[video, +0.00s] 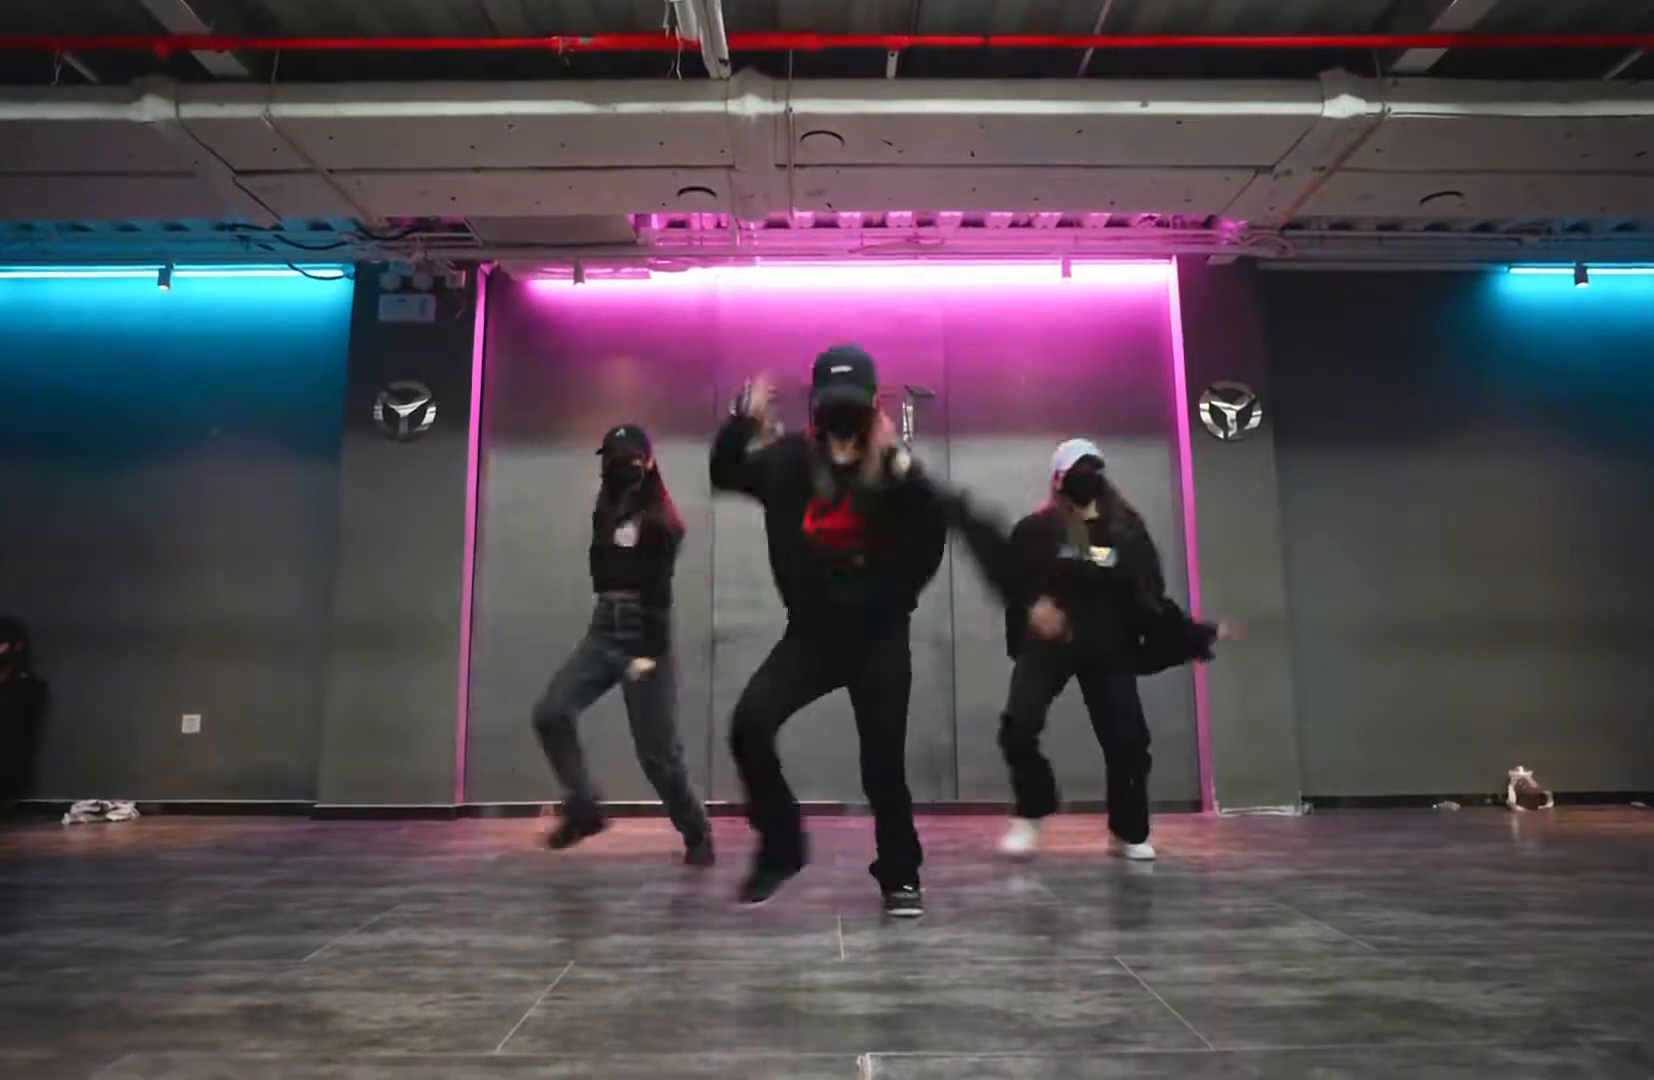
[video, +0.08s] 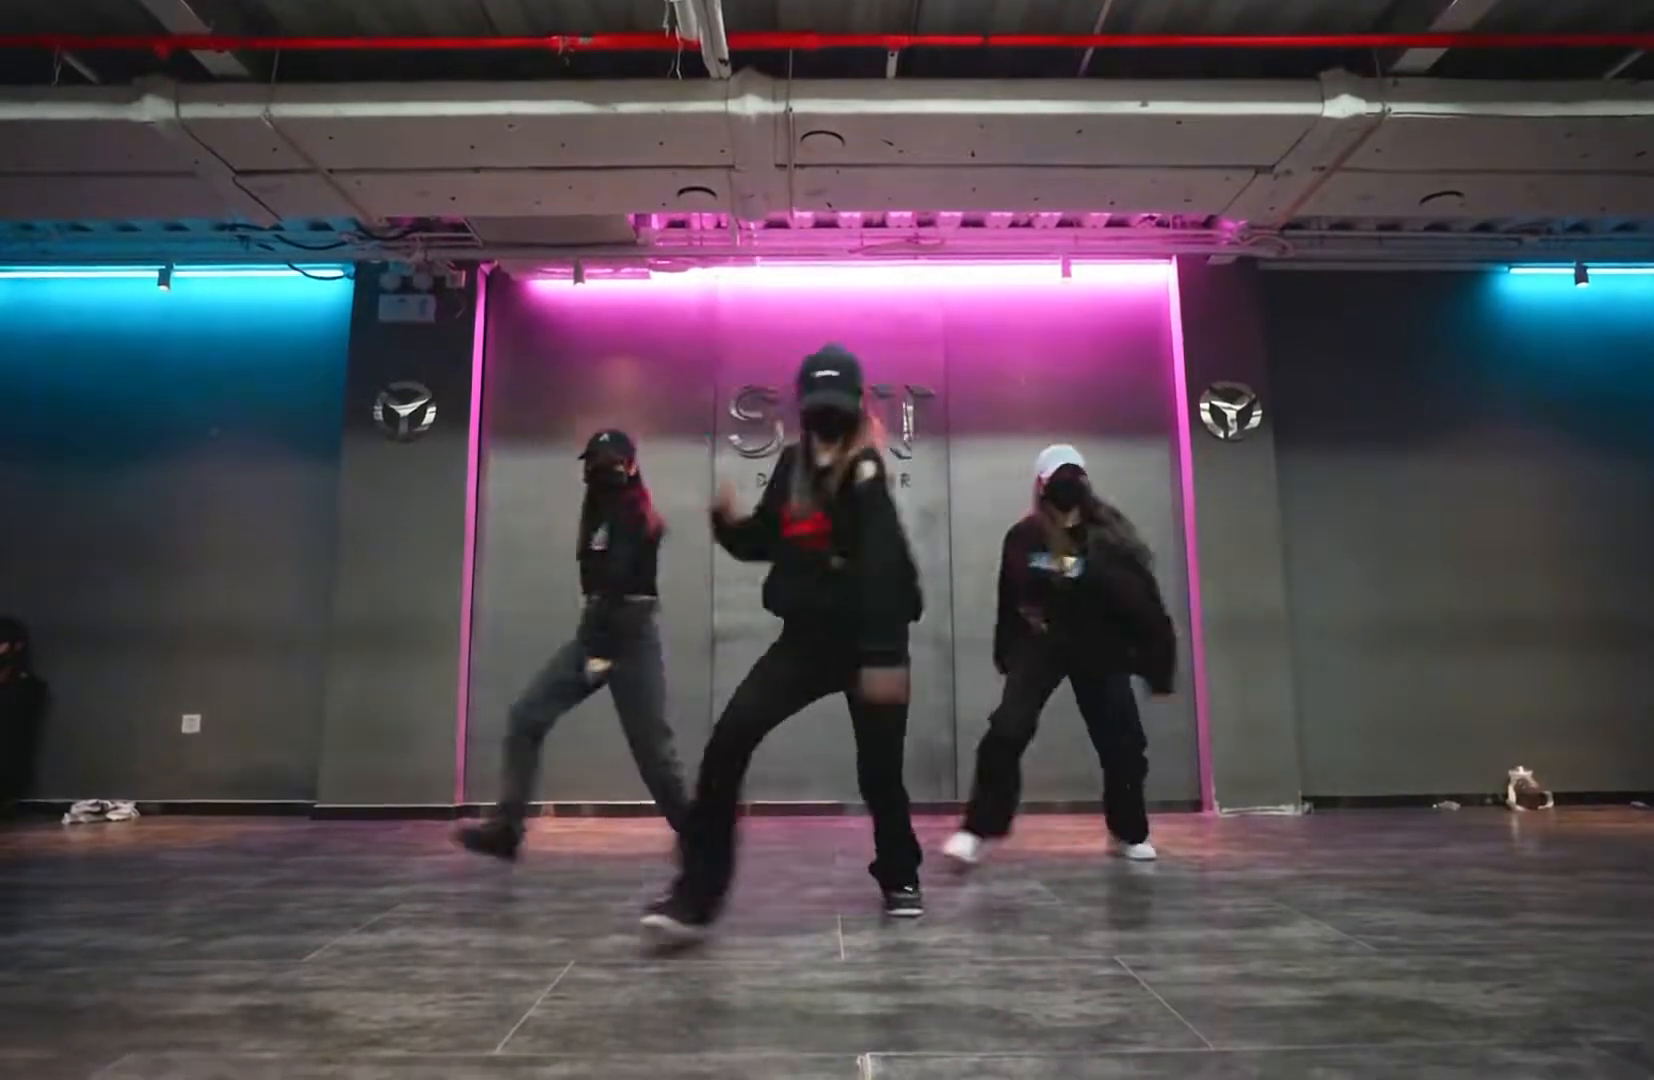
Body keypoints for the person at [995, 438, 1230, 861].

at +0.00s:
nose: (1091, 481)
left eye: (1096, 473)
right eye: (1080, 474)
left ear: (1103, 476)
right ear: (1060, 479)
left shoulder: (1124, 527)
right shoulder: (1035, 530)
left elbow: (1148, 600)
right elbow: (1015, 582)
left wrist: (1196, 632)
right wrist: (1034, 607)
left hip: (1106, 649)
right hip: (1047, 648)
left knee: (1128, 741)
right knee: (1017, 729)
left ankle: (1130, 834)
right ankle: (1031, 813)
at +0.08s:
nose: (1069, 514)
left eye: (1075, 503)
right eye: (1059, 504)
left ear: (1086, 495)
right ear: (1042, 496)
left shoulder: (1112, 537)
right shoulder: (1024, 539)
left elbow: (1145, 603)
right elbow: (1009, 602)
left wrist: (1159, 670)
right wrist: (1007, 653)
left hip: (1099, 652)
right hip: (1040, 650)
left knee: (1125, 745)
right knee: (1007, 731)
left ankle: (1128, 832)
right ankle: (977, 828)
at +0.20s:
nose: (1050, 498)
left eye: (1057, 489)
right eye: (1041, 490)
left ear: (1067, 496)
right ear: (1022, 496)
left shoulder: (1087, 548)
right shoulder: (998, 549)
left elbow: (1117, 602)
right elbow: (974, 607)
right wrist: (951, 659)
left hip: (1081, 657)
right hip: (1022, 659)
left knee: (1117, 745)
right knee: (992, 743)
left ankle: (1133, 832)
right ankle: (951, 844)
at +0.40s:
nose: (1061, 493)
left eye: (1067, 484)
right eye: (1051, 485)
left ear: (1074, 489)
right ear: (1028, 492)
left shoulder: (1077, 541)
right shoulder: (1004, 551)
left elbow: (1090, 604)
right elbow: (958, 614)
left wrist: (1117, 631)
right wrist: (909, 660)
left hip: (1070, 658)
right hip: (1012, 667)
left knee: (1143, 720)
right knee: (997, 754)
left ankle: (1150, 831)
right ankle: (950, 842)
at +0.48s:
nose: (1069, 487)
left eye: (1074, 478)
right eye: (1057, 479)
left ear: (1082, 483)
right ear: (1035, 485)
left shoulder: (1085, 538)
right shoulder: (1022, 540)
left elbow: (1112, 594)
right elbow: (1023, 617)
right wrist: (1097, 594)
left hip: (1085, 661)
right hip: (1026, 664)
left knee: (1145, 730)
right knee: (1007, 755)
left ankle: (1153, 839)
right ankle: (950, 835)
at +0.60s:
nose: (1075, 472)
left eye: (1081, 463)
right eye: (1065, 464)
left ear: (1090, 467)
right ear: (1043, 467)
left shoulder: (1097, 519)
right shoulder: (1026, 523)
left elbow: (1132, 583)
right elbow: (1029, 589)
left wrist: (1117, 642)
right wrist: (1101, 568)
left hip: (1095, 649)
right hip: (1035, 653)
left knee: (1150, 731)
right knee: (1014, 746)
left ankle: (1149, 835)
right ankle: (954, 826)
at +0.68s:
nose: (1075, 469)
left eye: (1082, 458)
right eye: (1067, 458)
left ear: (1092, 456)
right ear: (1047, 455)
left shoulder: (1108, 509)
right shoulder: (1024, 509)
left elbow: (1135, 583)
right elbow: (992, 577)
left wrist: (1140, 656)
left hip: (1102, 638)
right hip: (1036, 638)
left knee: (1143, 726)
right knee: (1007, 717)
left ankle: (1153, 834)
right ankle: (957, 814)